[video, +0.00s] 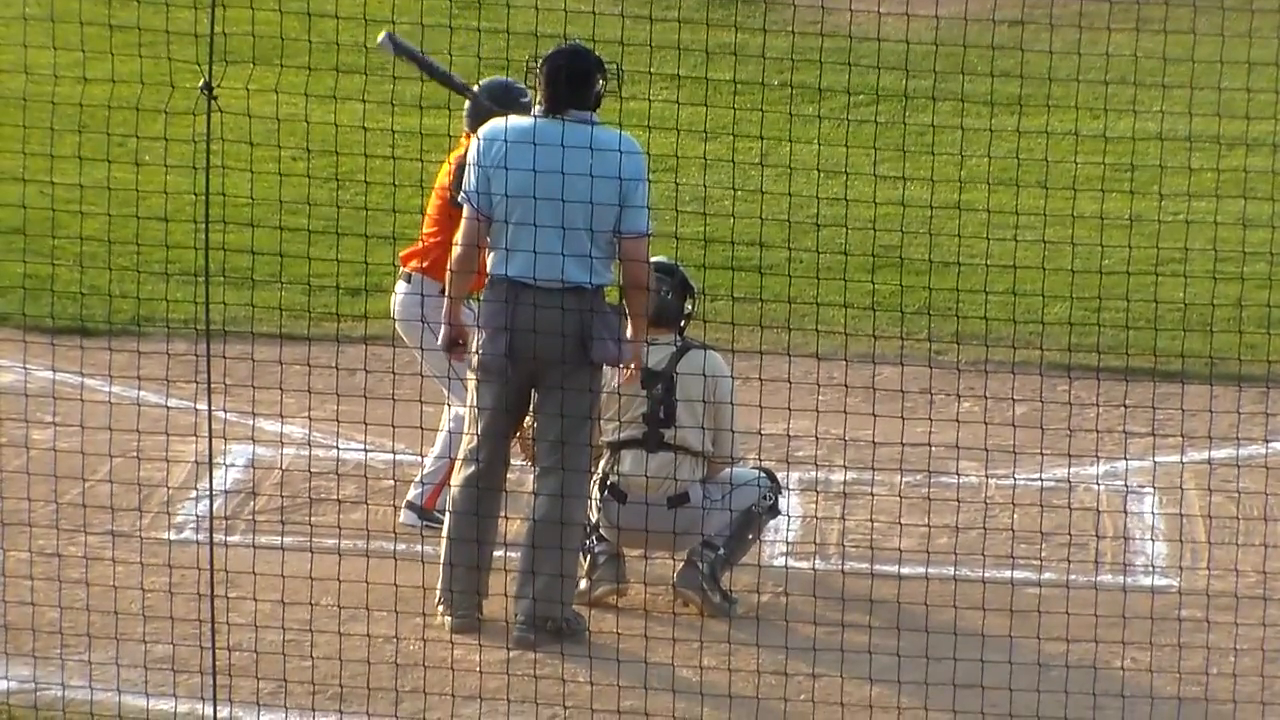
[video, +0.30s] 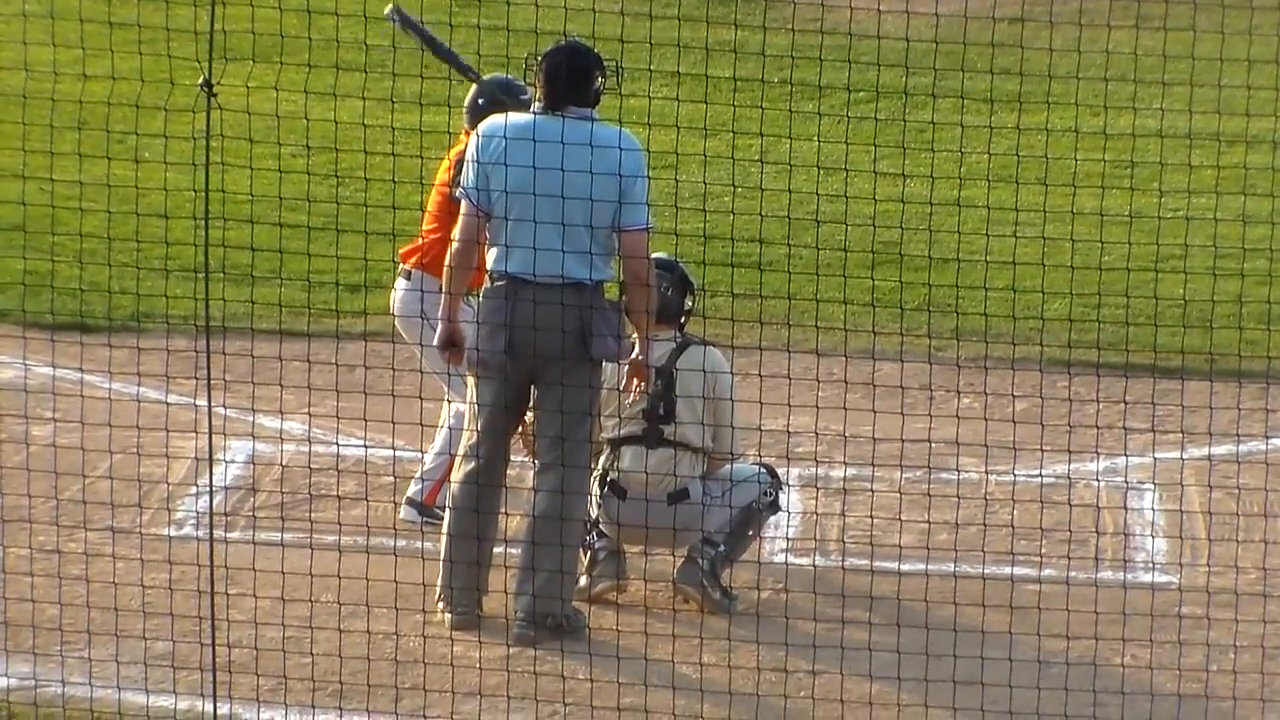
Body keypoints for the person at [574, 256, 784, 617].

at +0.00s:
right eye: (684, 300)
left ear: (631, 305)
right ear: (681, 310)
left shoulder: (607, 359)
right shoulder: (708, 363)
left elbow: (589, 444)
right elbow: (723, 456)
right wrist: (687, 479)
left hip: (616, 515)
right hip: (682, 517)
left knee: (590, 474)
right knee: (764, 486)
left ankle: (603, 561)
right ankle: (703, 567)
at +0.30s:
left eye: (633, 292)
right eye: (684, 296)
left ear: (630, 303)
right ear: (681, 308)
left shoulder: (606, 357)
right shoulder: (708, 359)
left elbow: (586, 440)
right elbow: (722, 453)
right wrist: (686, 478)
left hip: (616, 511)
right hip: (682, 513)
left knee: (590, 469)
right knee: (765, 481)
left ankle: (603, 557)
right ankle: (703, 564)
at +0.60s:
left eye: (634, 291)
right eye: (686, 296)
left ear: (630, 302)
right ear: (682, 307)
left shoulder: (606, 357)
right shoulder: (708, 360)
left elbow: (587, 439)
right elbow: (721, 455)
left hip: (617, 512)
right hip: (682, 513)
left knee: (592, 468)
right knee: (765, 481)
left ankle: (604, 557)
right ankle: (703, 563)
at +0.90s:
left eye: (623, 295)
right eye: (672, 298)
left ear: (617, 304)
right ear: (669, 306)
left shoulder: (601, 357)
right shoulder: (700, 359)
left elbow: (583, 440)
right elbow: (726, 445)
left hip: (617, 511)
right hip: (682, 512)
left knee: (590, 462)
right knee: (754, 477)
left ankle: (603, 554)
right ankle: (702, 564)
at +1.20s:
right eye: (659, 298)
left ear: (605, 309)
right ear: (658, 308)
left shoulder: (592, 358)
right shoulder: (686, 357)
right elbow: (746, 413)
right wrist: (702, 424)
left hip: (601, 511)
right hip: (663, 511)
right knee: (749, 444)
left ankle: (608, 555)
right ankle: (718, 551)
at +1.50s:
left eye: (637, 299)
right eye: (691, 306)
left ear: (636, 310)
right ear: (687, 315)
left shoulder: (604, 361)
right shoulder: (703, 365)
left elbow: (593, 429)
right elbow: (769, 428)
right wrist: (701, 450)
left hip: (594, 504)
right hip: (660, 510)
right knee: (759, 464)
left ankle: (605, 561)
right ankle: (775, 584)